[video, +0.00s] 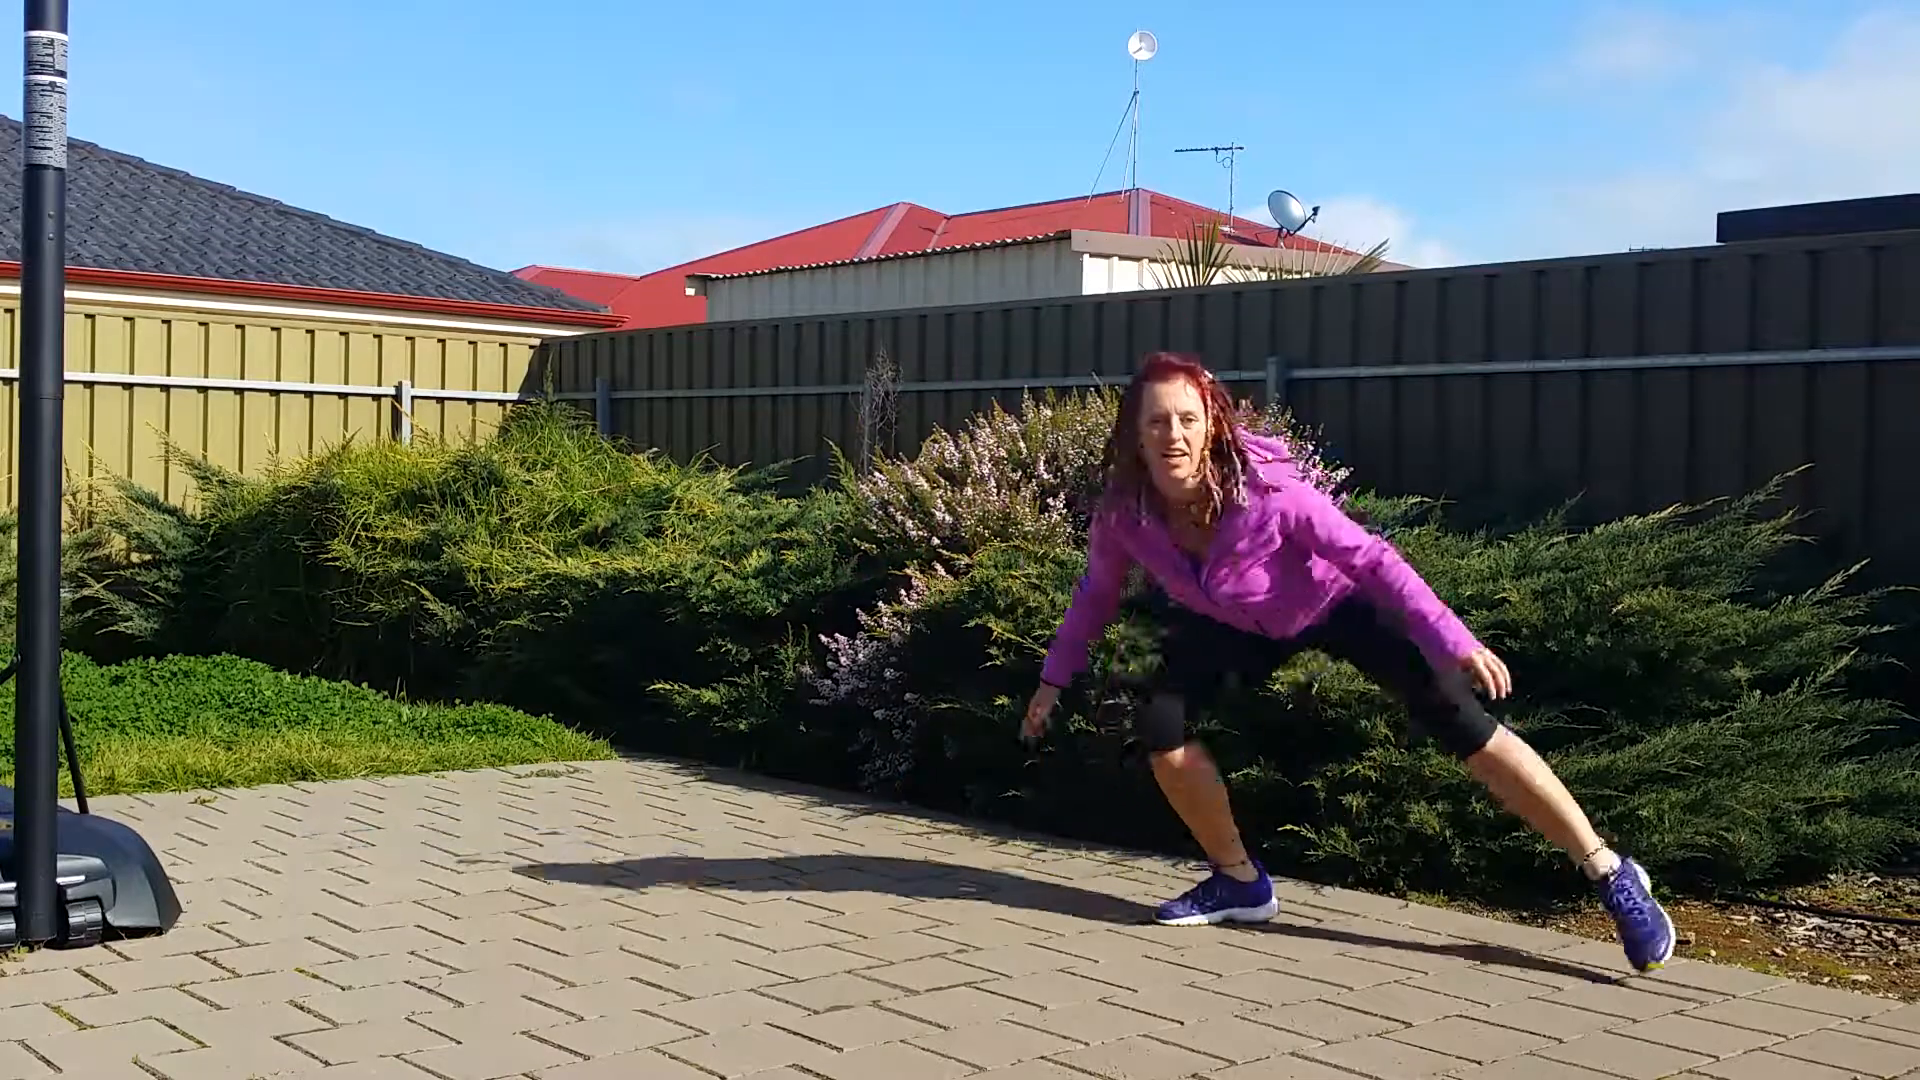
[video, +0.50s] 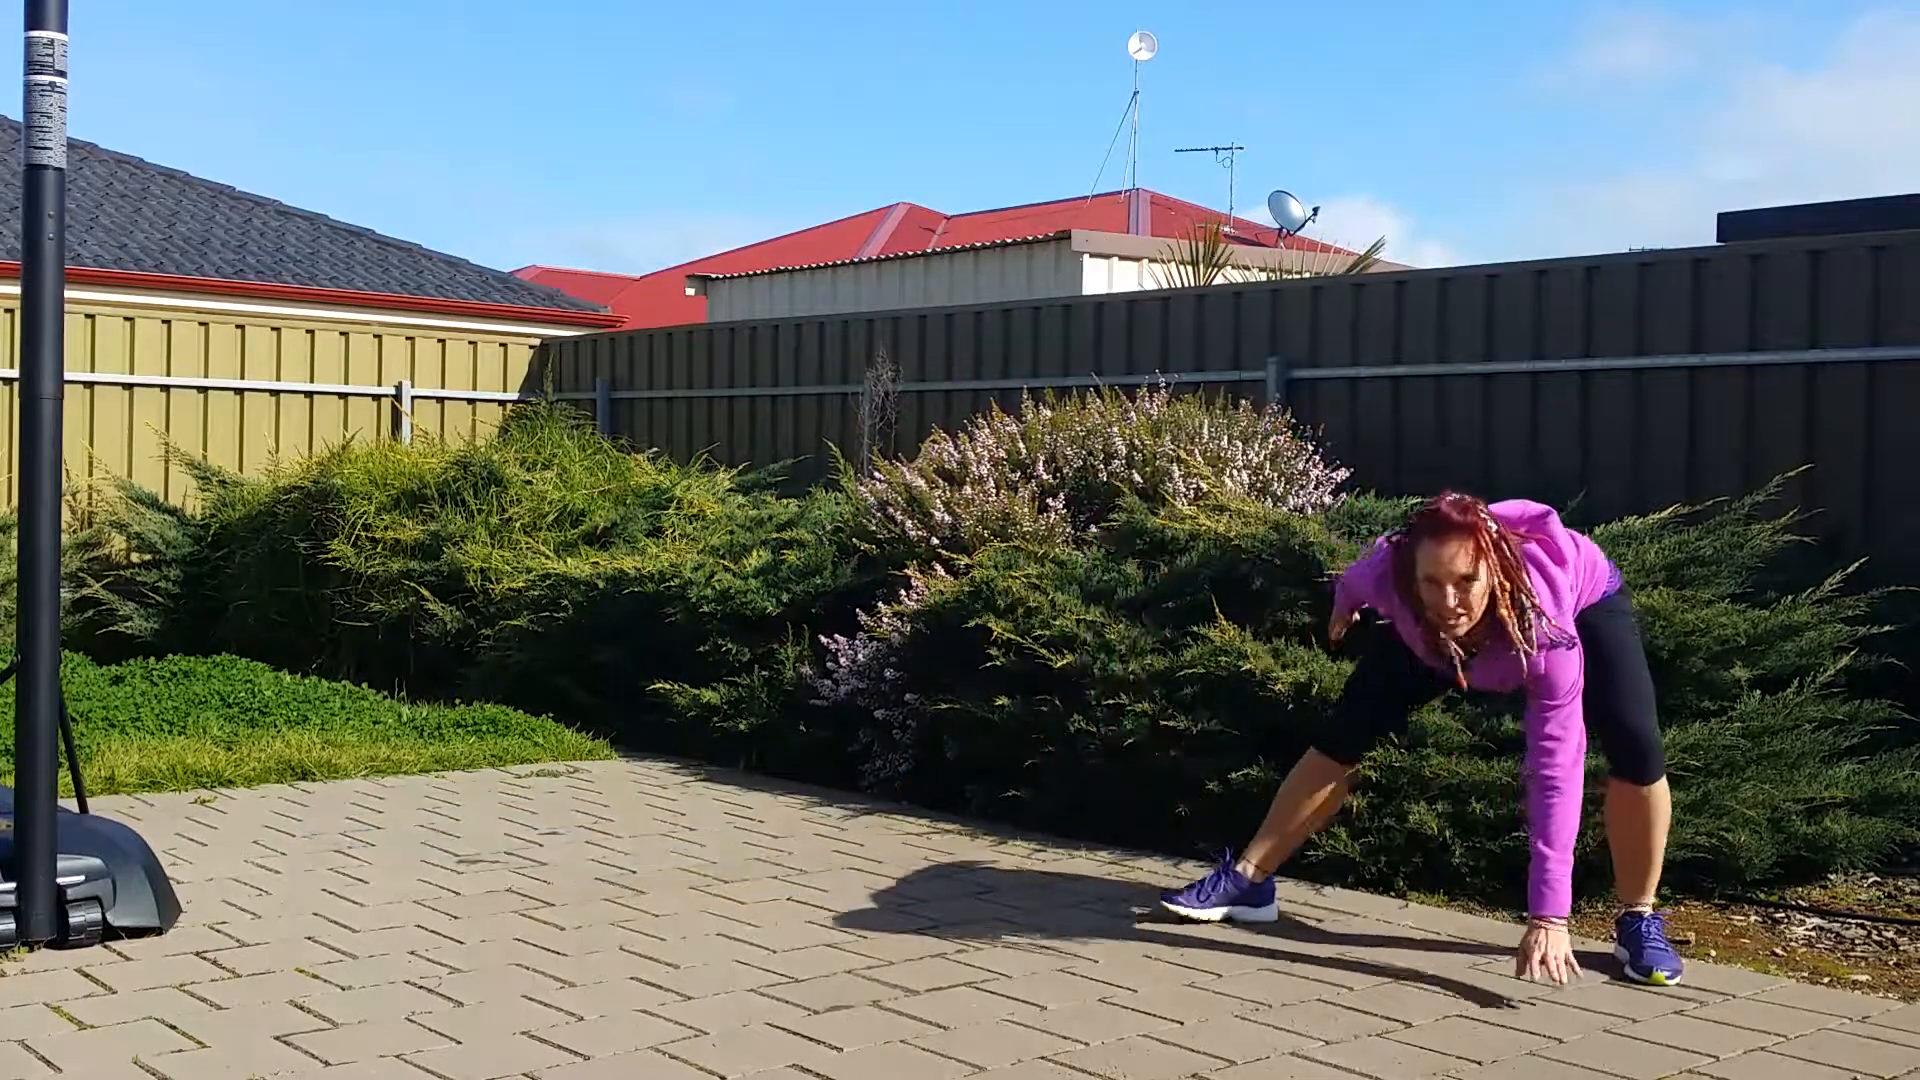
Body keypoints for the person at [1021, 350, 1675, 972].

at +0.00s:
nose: (1174, 434)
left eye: (1188, 419)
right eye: (1157, 422)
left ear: (1216, 427)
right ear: (1131, 436)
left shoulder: (1268, 487)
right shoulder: (1124, 515)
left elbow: (1372, 557)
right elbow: (1092, 601)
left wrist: (1457, 644)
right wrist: (1052, 680)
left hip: (1334, 600)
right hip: (1229, 620)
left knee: (1465, 727)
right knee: (1163, 730)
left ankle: (1609, 873)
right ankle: (1238, 881)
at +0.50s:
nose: (1448, 599)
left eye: (1464, 581)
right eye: (1431, 581)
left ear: (1493, 573)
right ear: (1408, 570)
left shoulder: (1547, 625)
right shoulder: (1390, 572)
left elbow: (1554, 771)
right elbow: (1353, 583)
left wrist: (1546, 917)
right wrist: (1337, 609)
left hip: (1575, 606)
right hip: (1434, 627)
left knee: (1639, 746)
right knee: (1347, 732)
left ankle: (1640, 922)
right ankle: (1246, 878)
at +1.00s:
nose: (1249, 481)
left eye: (1263, 469)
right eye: (1248, 466)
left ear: (1312, 472)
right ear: (1249, 462)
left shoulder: (1392, 509)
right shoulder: (1263, 503)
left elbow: (1473, 602)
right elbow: (1255, 567)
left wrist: (1521, 695)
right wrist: (1218, 634)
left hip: (1460, 595)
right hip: (1356, 602)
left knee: (1541, 736)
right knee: (1244, 699)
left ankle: (1630, 918)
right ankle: (1244, 880)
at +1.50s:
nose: (989, 367)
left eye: (1000, 357)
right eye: (989, 354)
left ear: (1048, 362)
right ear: (1012, 358)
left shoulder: (1128, 425)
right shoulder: (1011, 419)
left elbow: (1194, 513)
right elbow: (987, 489)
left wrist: (1268, 596)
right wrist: (922, 543)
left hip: (1147, 562)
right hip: (1053, 555)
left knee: (1148, 706)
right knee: (946, 658)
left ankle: (1163, 865)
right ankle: (861, 791)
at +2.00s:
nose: (725, 368)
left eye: (739, 359)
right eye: (723, 354)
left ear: (781, 362)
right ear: (721, 352)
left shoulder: (845, 414)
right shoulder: (720, 405)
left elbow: (931, 467)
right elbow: (690, 491)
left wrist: (1014, 520)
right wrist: (638, 576)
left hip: (864, 513)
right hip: (779, 499)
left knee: (827, 662)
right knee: (710, 611)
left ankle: (774, 794)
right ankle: (670, 750)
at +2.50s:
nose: (588, 588)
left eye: (600, 574)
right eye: (576, 575)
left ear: (628, 568)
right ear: (561, 573)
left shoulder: (684, 572)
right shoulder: (553, 612)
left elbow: (756, 567)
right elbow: (539, 707)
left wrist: (815, 622)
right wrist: (513, 809)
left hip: (709, 616)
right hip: (626, 639)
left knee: (776, 656)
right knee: (555, 692)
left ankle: (761, 810)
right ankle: (577, 785)